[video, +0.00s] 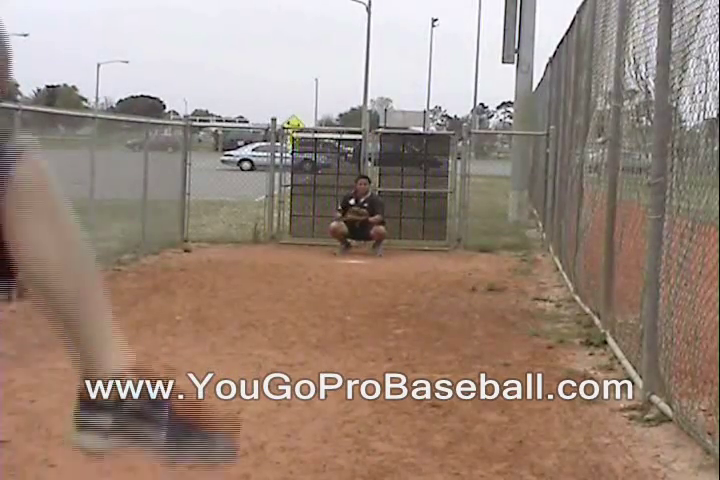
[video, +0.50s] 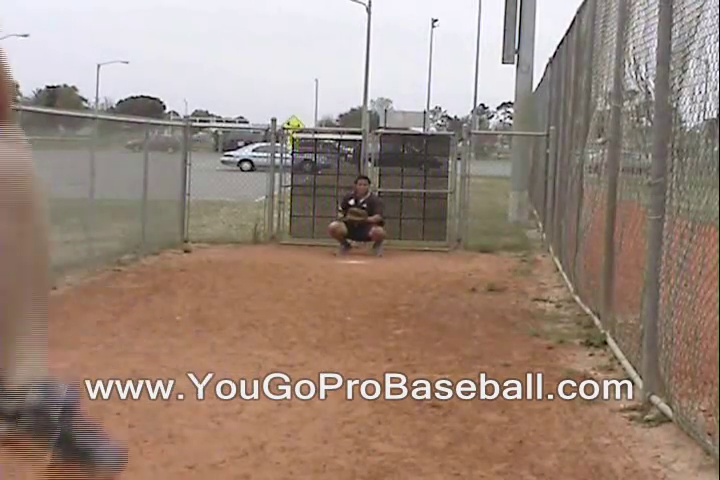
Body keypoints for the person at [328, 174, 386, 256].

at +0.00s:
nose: (362, 187)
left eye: (365, 184)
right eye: (360, 184)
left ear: (369, 186)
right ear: (355, 186)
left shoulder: (375, 200)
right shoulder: (348, 198)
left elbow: (380, 217)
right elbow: (338, 213)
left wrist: (366, 219)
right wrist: (347, 218)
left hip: (367, 227)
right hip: (351, 226)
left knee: (380, 230)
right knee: (334, 227)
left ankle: (376, 245)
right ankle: (345, 244)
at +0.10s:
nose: (362, 187)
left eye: (365, 184)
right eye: (360, 184)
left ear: (368, 186)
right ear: (355, 186)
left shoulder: (375, 200)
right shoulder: (348, 198)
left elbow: (380, 218)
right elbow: (339, 214)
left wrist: (366, 219)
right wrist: (348, 218)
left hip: (366, 227)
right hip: (350, 226)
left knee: (379, 231)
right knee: (334, 227)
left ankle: (377, 245)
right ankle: (345, 244)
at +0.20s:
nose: (362, 187)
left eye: (365, 184)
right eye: (360, 184)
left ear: (368, 186)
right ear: (355, 186)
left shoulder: (375, 200)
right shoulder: (348, 198)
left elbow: (380, 218)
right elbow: (340, 215)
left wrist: (366, 219)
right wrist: (348, 218)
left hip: (366, 227)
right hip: (350, 226)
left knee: (380, 231)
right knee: (333, 228)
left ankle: (377, 245)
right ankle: (345, 244)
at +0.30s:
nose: (362, 187)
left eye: (365, 185)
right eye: (360, 184)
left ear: (368, 186)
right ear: (355, 186)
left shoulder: (375, 200)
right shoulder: (348, 198)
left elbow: (380, 218)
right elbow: (340, 214)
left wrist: (365, 219)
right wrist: (348, 218)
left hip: (366, 227)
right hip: (350, 226)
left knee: (379, 231)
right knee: (333, 227)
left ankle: (377, 245)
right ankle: (345, 244)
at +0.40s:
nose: (362, 187)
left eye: (365, 184)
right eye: (360, 184)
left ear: (368, 186)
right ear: (355, 186)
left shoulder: (375, 200)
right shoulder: (348, 198)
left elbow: (379, 217)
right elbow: (340, 213)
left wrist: (365, 219)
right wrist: (347, 218)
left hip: (366, 227)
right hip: (350, 226)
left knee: (379, 231)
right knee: (333, 227)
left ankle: (377, 245)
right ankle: (345, 244)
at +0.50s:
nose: (362, 187)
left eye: (365, 185)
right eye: (360, 185)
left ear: (368, 187)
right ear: (355, 186)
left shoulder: (374, 200)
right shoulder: (348, 198)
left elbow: (378, 217)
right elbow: (340, 214)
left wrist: (363, 219)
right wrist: (348, 218)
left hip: (366, 227)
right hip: (350, 226)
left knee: (379, 231)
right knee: (333, 228)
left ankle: (377, 245)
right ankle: (345, 245)